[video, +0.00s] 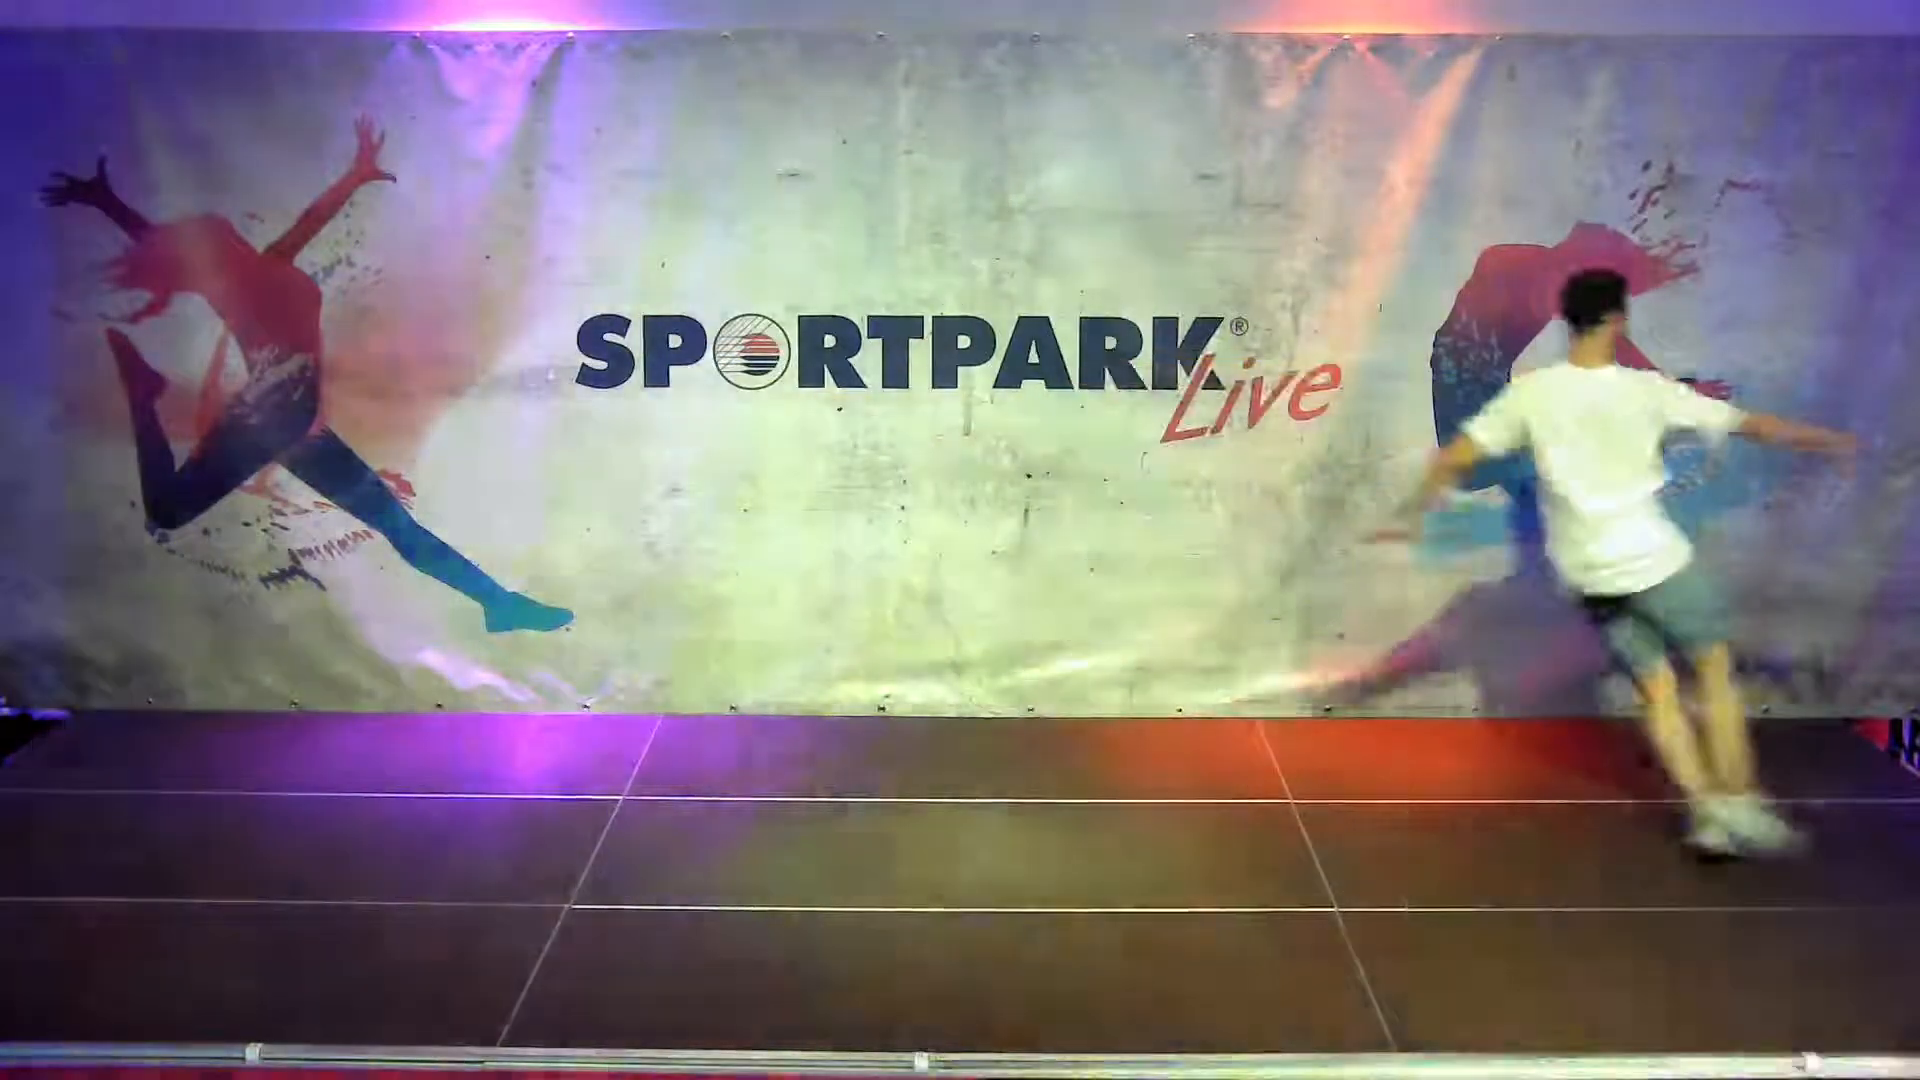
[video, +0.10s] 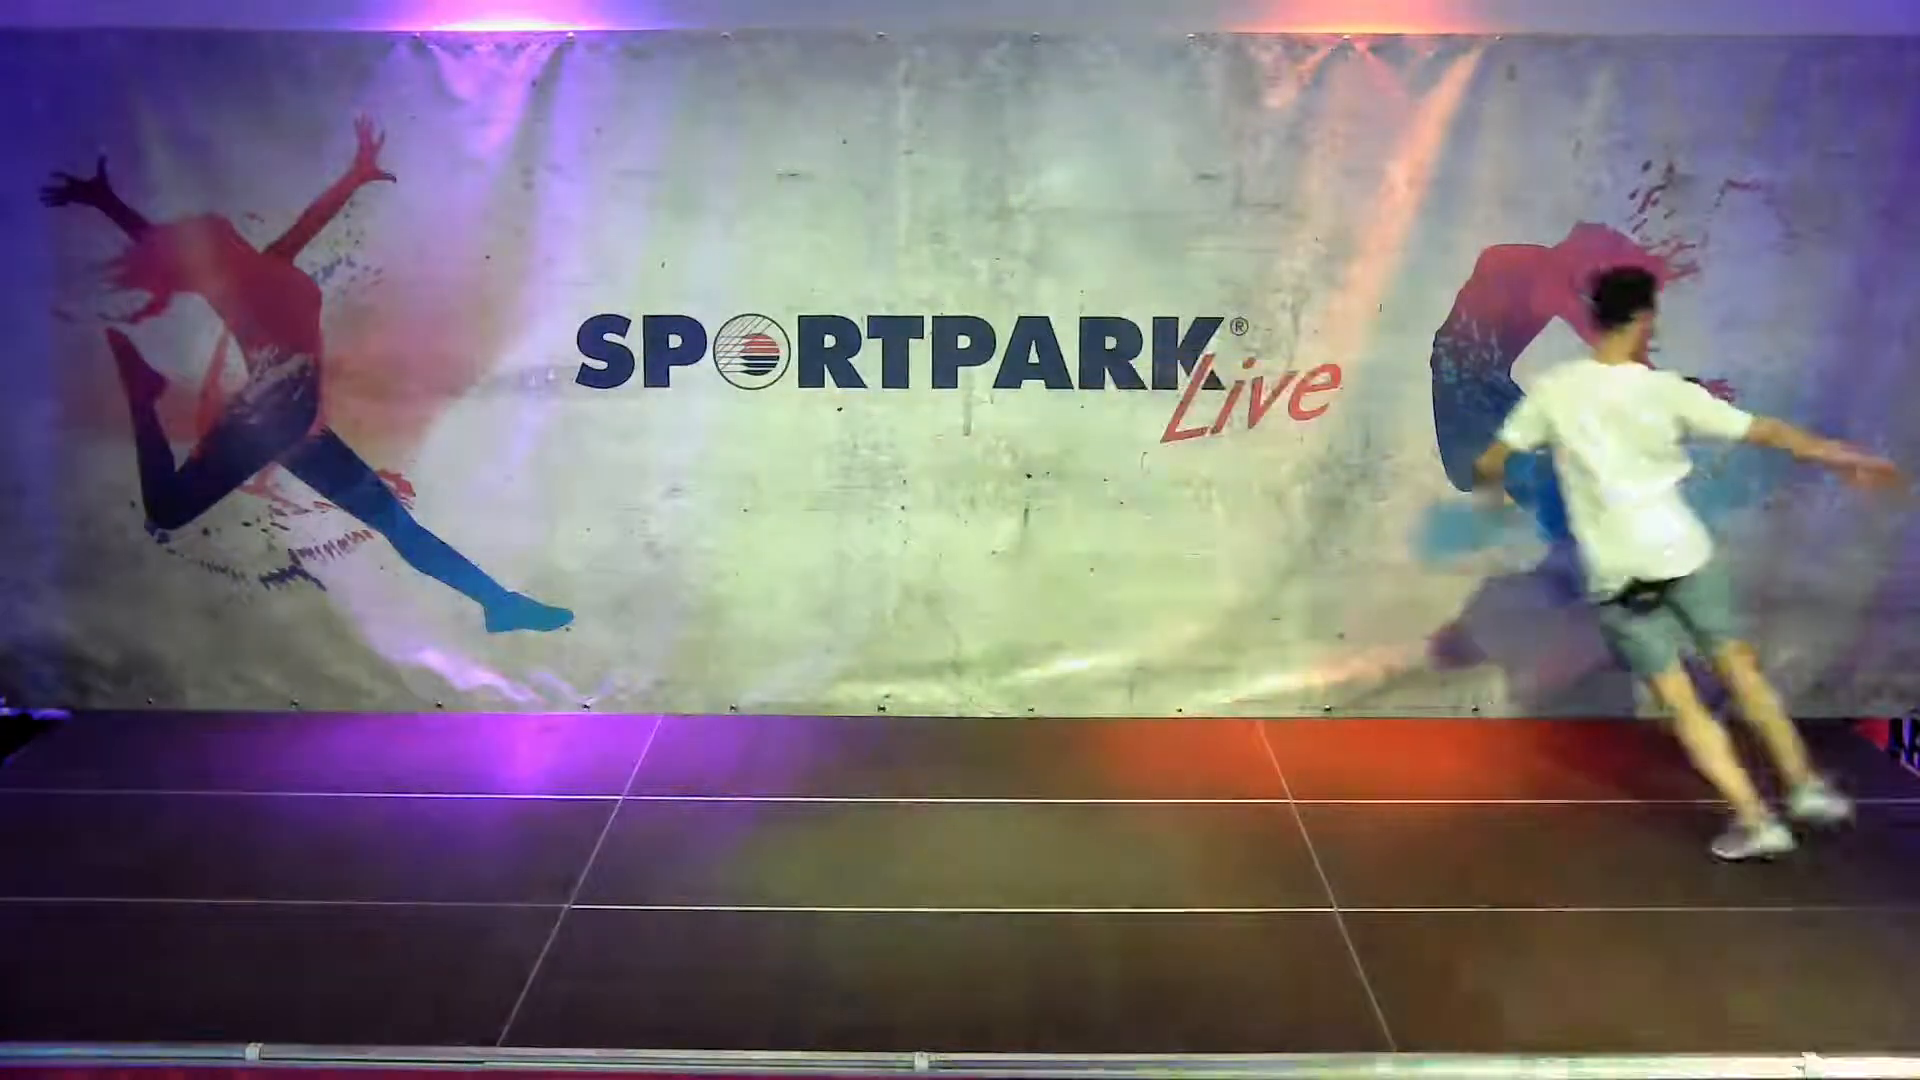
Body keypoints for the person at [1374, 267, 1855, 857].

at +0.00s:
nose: (1622, 327)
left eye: (1615, 318)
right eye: (1620, 317)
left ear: (1567, 321)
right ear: (1615, 321)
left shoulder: (1532, 393)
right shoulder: (1645, 389)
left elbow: (1456, 455)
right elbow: (1741, 421)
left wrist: (1419, 502)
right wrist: (1821, 439)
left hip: (1587, 571)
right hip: (1652, 555)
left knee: (1655, 687)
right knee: (1712, 660)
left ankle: (1703, 809)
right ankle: (1739, 800)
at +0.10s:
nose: (1653, 330)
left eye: (1650, 320)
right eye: (1651, 320)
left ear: (1596, 322)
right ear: (1639, 322)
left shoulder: (1553, 392)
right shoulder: (1661, 389)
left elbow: (1488, 465)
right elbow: (1758, 430)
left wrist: (1495, 481)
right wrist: (1837, 455)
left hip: (1613, 572)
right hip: (1682, 553)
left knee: (1680, 702)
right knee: (1740, 668)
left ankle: (1756, 821)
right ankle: (1804, 784)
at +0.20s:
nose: (1691, 342)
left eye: (1689, 331)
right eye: (1690, 331)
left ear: (1636, 327)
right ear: (1679, 331)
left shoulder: (1593, 393)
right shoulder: (1689, 396)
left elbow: (1556, 441)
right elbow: (1775, 443)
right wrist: (1857, 481)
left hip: (1650, 572)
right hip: (1714, 555)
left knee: (1715, 696)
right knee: (1752, 650)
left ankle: (1776, 826)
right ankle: (1786, 765)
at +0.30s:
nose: (1705, 332)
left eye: (1705, 322)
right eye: (1705, 323)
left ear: (1647, 322)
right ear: (1694, 325)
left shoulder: (1606, 391)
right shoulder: (1705, 392)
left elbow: (1617, 436)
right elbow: (1779, 448)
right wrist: (1866, 483)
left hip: (1659, 565)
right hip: (1730, 556)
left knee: (1689, 679)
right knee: (1761, 659)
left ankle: (1737, 777)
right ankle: (1777, 769)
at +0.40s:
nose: (1710, 315)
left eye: (1708, 303)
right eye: (1703, 306)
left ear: (1652, 315)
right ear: (1678, 315)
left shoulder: (1612, 374)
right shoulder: (1696, 387)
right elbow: (1776, 441)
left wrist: (1683, 352)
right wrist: (1836, 443)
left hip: (1660, 548)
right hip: (1725, 546)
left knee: (1683, 630)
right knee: (1765, 638)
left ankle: (1674, 731)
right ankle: (1773, 765)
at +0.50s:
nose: (1698, 319)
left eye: (1695, 307)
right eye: (1688, 311)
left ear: (1646, 324)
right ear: (1656, 322)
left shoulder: (1614, 374)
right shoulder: (1686, 387)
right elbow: (1765, 427)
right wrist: (1806, 411)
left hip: (1648, 551)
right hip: (1708, 551)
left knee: (1684, 623)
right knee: (1767, 632)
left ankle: (1644, 720)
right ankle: (1762, 757)